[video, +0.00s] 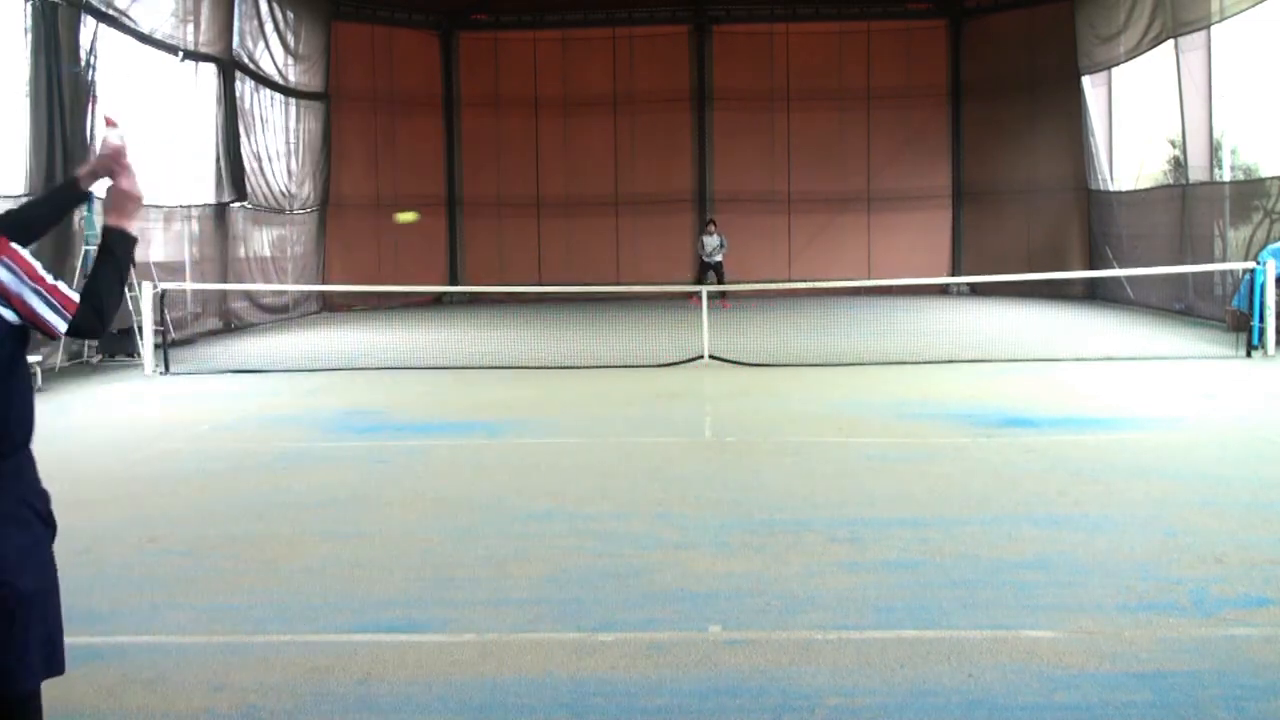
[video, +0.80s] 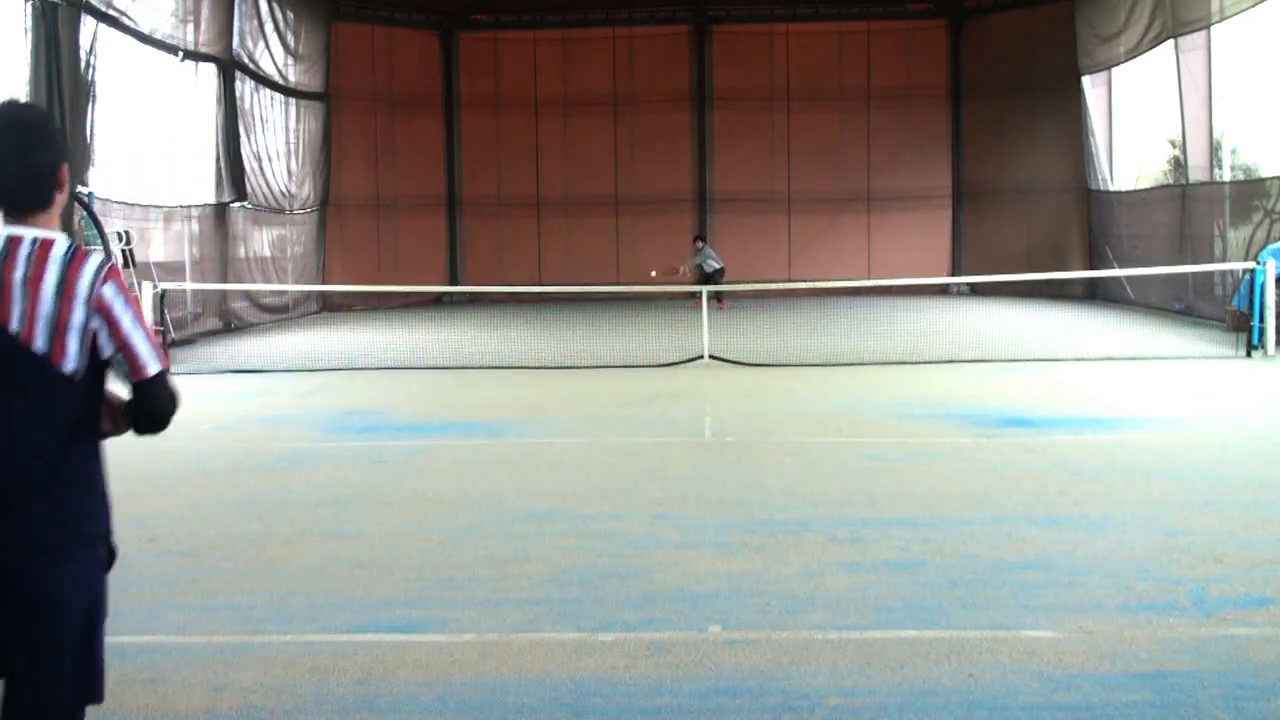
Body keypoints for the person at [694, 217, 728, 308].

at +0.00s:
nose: (711, 229)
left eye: (713, 226)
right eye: (709, 227)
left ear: (715, 228)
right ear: (706, 228)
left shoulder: (720, 237)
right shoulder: (703, 237)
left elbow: (724, 247)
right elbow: (699, 248)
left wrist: (718, 253)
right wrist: (704, 254)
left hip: (717, 260)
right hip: (706, 260)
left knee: (721, 279)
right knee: (700, 278)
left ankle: (723, 298)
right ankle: (696, 295)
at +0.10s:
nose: (708, 235)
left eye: (709, 232)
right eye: (706, 232)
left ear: (712, 234)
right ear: (704, 234)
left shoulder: (717, 243)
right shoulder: (700, 244)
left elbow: (722, 253)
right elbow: (697, 255)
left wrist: (715, 258)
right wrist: (702, 260)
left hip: (715, 266)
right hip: (704, 266)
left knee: (721, 283)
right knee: (699, 282)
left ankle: (726, 299)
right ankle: (695, 297)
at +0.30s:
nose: (705, 240)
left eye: (707, 238)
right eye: (703, 238)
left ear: (710, 239)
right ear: (701, 240)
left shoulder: (714, 248)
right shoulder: (700, 249)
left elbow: (712, 259)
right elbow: (699, 259)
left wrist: (703, 258)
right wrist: (699, 259)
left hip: (716, 270)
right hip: (705, 270)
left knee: (721, 286)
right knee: (696, 285)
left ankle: (726, 302)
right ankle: (694, 301)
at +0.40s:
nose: (703, 239)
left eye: (705, 237)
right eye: (702, 237)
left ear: (708, 238)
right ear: (700, 239)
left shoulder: (711, 246)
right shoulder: (702, 248)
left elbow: (709, 256)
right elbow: (702, 257)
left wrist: (695, 256)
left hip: (716, 268)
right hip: (707, 268)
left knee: (720, 284)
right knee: (700, 283)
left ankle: (726, 301)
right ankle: (699, 300)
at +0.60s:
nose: (699, 241)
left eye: (700, 239)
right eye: (697, 239)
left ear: (704, 239)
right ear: (696, 241)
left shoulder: (707, 247)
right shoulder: (700, 249)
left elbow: (699, 256)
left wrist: (688, 260)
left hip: (716, 268)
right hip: (707, 270)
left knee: (716, 283)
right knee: (701, 283)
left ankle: (726, 300)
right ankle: (701, 299)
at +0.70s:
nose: (698, 243)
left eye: (699, 240)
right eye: (696, 241)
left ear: (703, 241)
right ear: (695, 242)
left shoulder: (706, 249)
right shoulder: (700, 251)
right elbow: (695, 260)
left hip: (717, 269)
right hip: (708, 271)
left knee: (717, 284)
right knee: (701, 284)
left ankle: (722, 302)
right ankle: (701, 301)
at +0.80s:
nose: (698, 245)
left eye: (699, 242)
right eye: (696, 243)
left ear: (703, 243)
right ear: (694, 245)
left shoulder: (706, 251)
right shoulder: (699, 252)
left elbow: (697, 260)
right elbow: (694, 261)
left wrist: (685, 267)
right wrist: (688, 269)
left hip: (717, 269)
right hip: (707, 271)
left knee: (716, 284)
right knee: (699, 284)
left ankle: (721, 302)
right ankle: (700, 300)